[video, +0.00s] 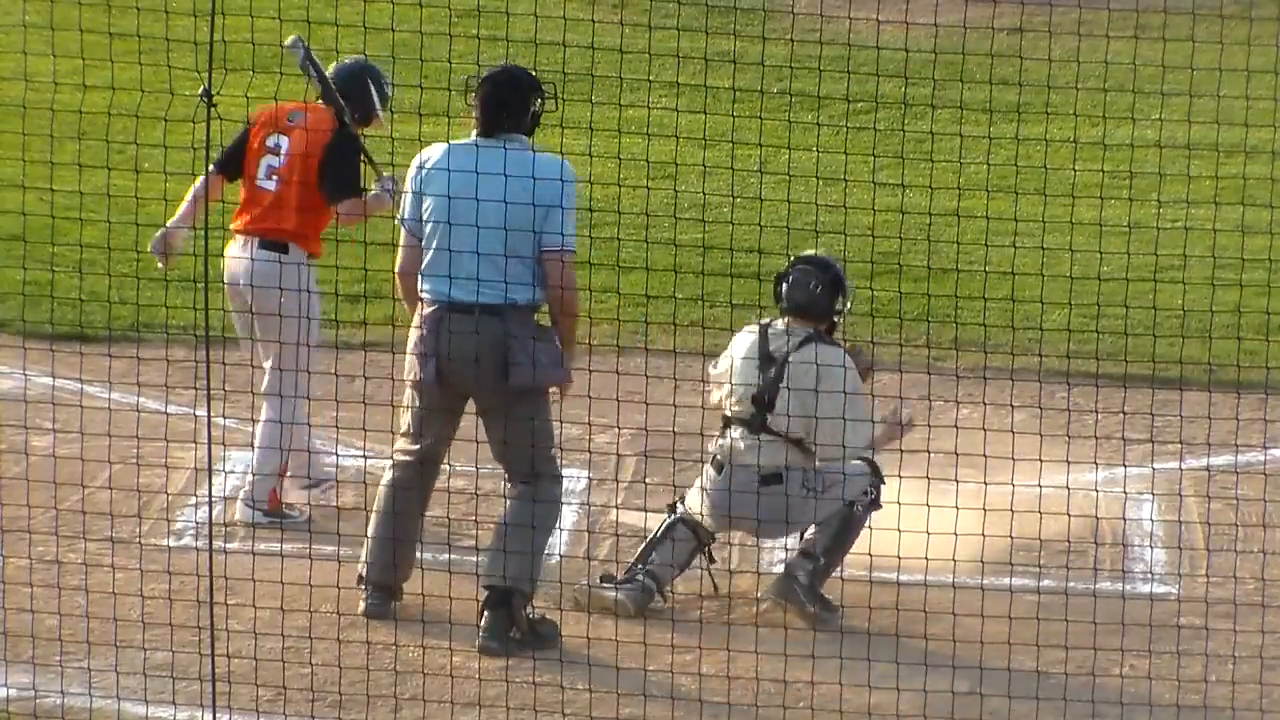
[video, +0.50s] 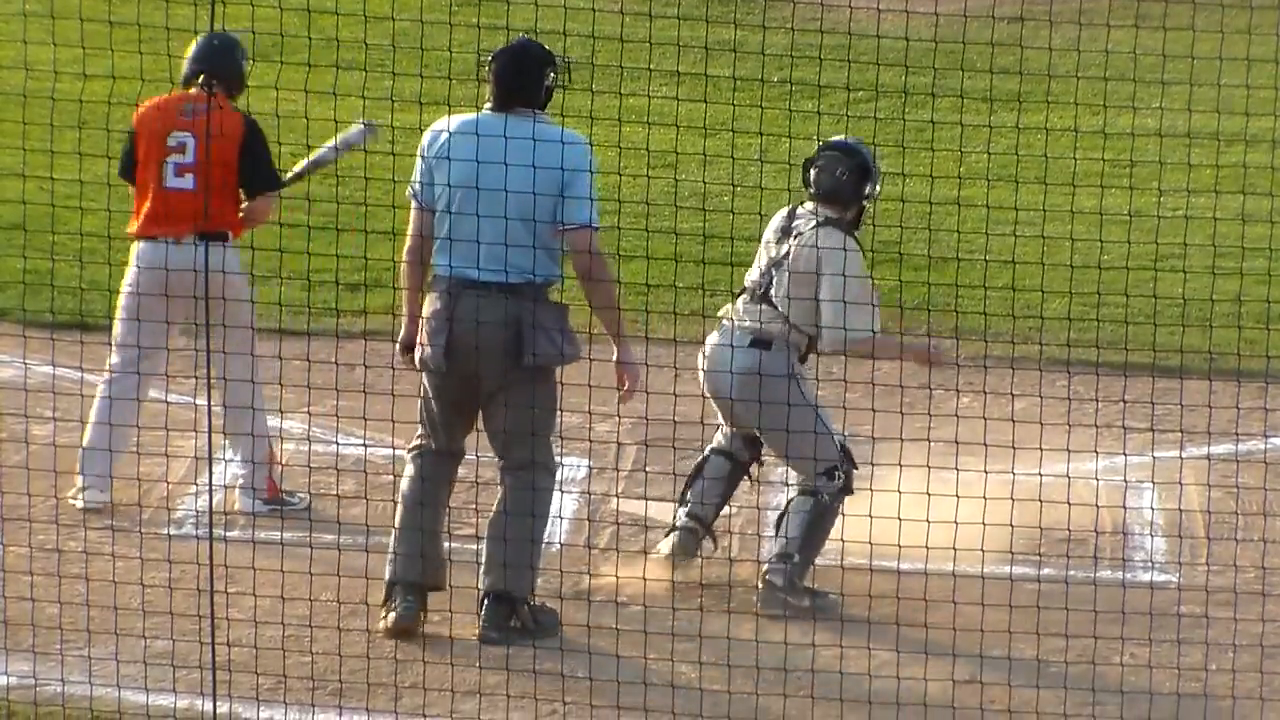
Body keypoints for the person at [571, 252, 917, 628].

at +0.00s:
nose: (839, 308)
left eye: (837, 299)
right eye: (838, 300)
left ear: (783, 296)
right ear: (831, 305)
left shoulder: (746, 338)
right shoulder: (833, 361)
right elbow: (838, 450)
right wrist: (884, 435)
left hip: (719, 491)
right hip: (782, 501)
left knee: (693, 511)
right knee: (864, 480)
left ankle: (638, 582)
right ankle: (802, 578)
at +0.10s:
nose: (841, 285)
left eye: (839, 276)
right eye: (840, 277)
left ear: (786, 272)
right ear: (832, 282)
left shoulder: (750, 309)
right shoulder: (827, 332)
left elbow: (761, 372)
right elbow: (823, 415)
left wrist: (845, 349)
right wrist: (894, 401)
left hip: (719, 458)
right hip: (778, 466)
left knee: (682, 503)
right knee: (867, 472)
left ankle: (633, 582)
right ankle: (806, 573)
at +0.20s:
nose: (851, 252)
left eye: (852, 242)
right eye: (850, 243)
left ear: (796, 238)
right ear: (843, 248)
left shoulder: (761, 275)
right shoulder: (832, 296)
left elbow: (775, 345)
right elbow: (821, 378)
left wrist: (852, 325)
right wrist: (882, 361)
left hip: (718, 417)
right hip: (775, 426)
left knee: (682, 490)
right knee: (868, 471)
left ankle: (631, 575)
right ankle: (799, 573)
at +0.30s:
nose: (863, 222)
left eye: (860, 212)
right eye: (861, 214)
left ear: (808, 209)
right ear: (854, 221)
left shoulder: (776, 246)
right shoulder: (840, 269)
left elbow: (787, 312)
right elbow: (835, 347)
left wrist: (862, 306)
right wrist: (892, 347)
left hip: (720, 382)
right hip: (772, 394)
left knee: (707, 468)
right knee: (857, 473)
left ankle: (635, 557)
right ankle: (790, 578)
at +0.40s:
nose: (867, 210)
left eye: (865, 201)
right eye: (866, 201)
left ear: (812, 194)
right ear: (859, 206)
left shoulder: (781, 232)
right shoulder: (842, 260)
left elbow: (806, 295)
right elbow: (848, 346)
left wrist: (875, 306)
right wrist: (903, 364)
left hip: (720, 368)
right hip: (769, 381)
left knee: (733, 446)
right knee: (842, 470)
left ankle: (659, 536)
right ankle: (784, 580)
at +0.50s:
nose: (864, 203)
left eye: (864, 193)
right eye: (864, 194)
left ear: (813, 184)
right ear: (858, 199)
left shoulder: (783, 219)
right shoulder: (836, 245)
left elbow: (775, 294)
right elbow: (849, 338)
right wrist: (914, 351)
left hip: (716, 356)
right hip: (763, 369)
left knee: (746, 431)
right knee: (831, 471)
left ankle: (684, 534)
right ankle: (782, 583)